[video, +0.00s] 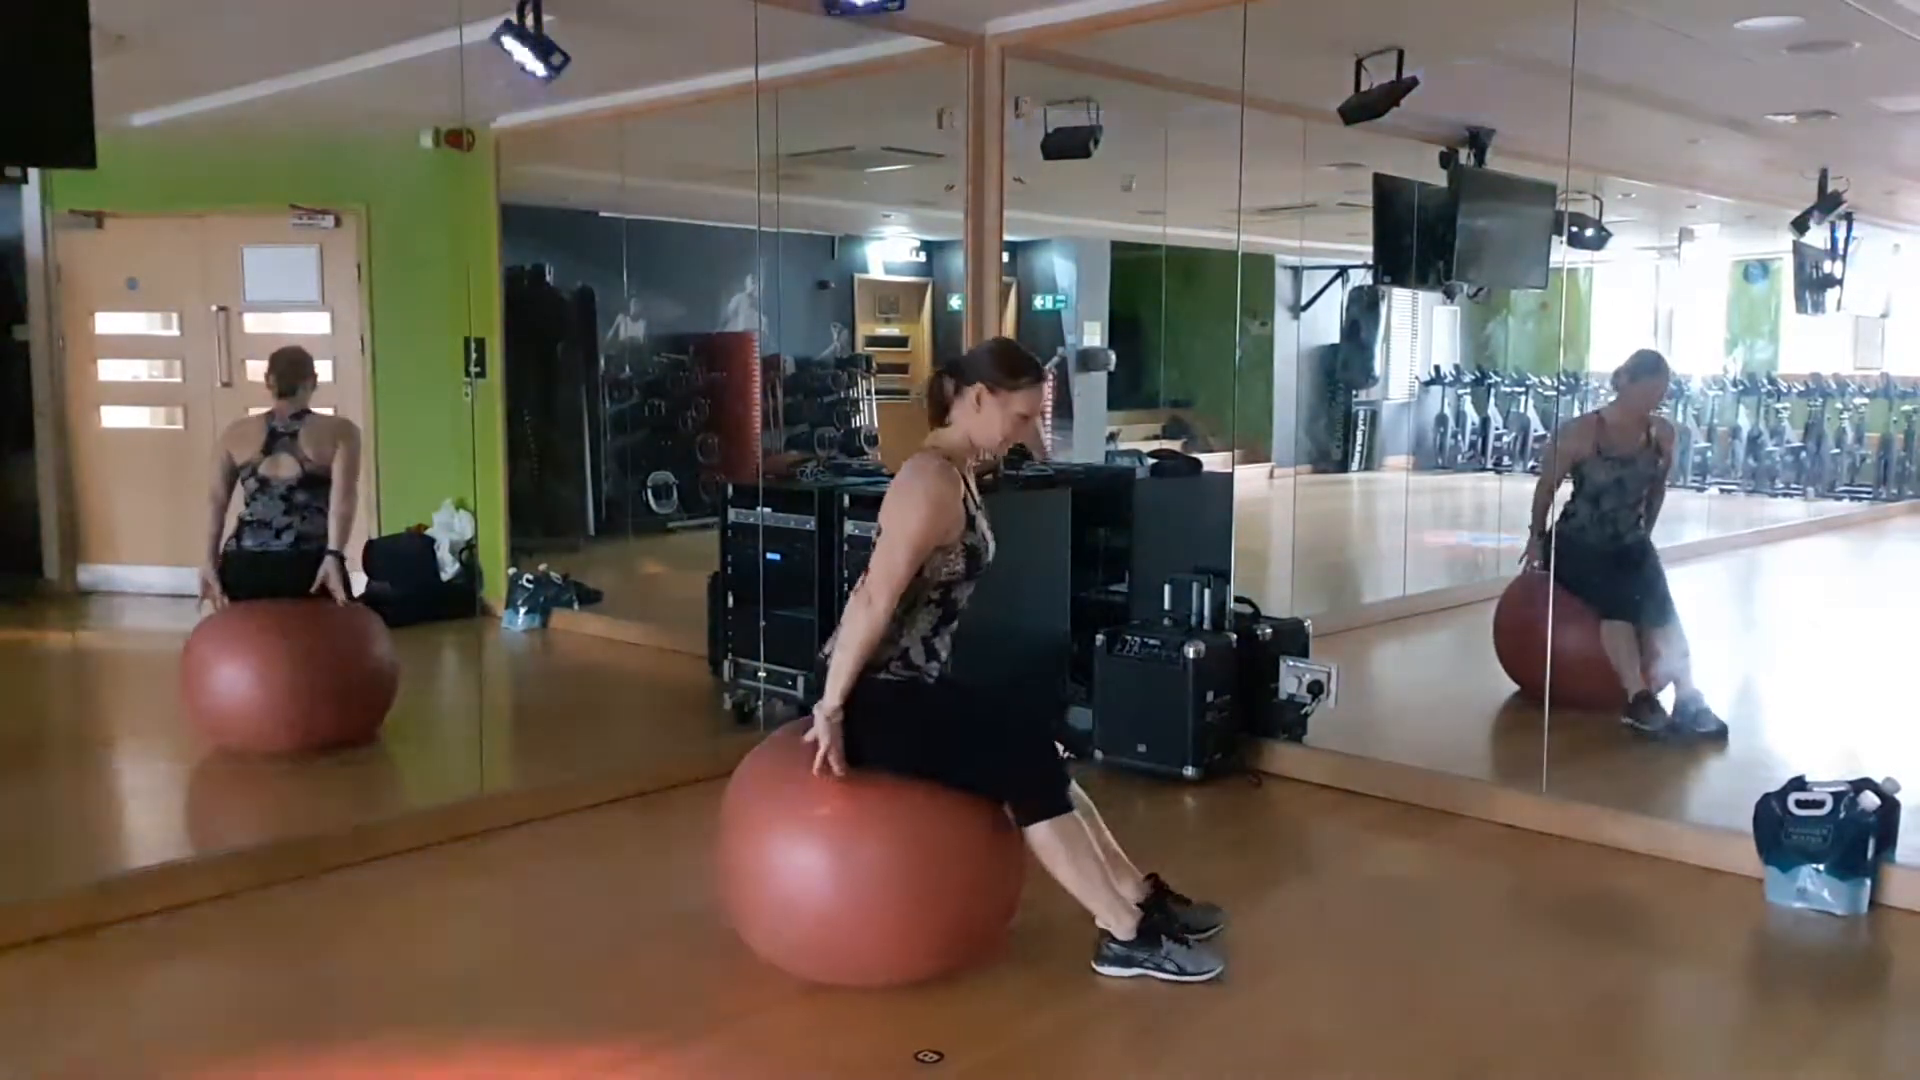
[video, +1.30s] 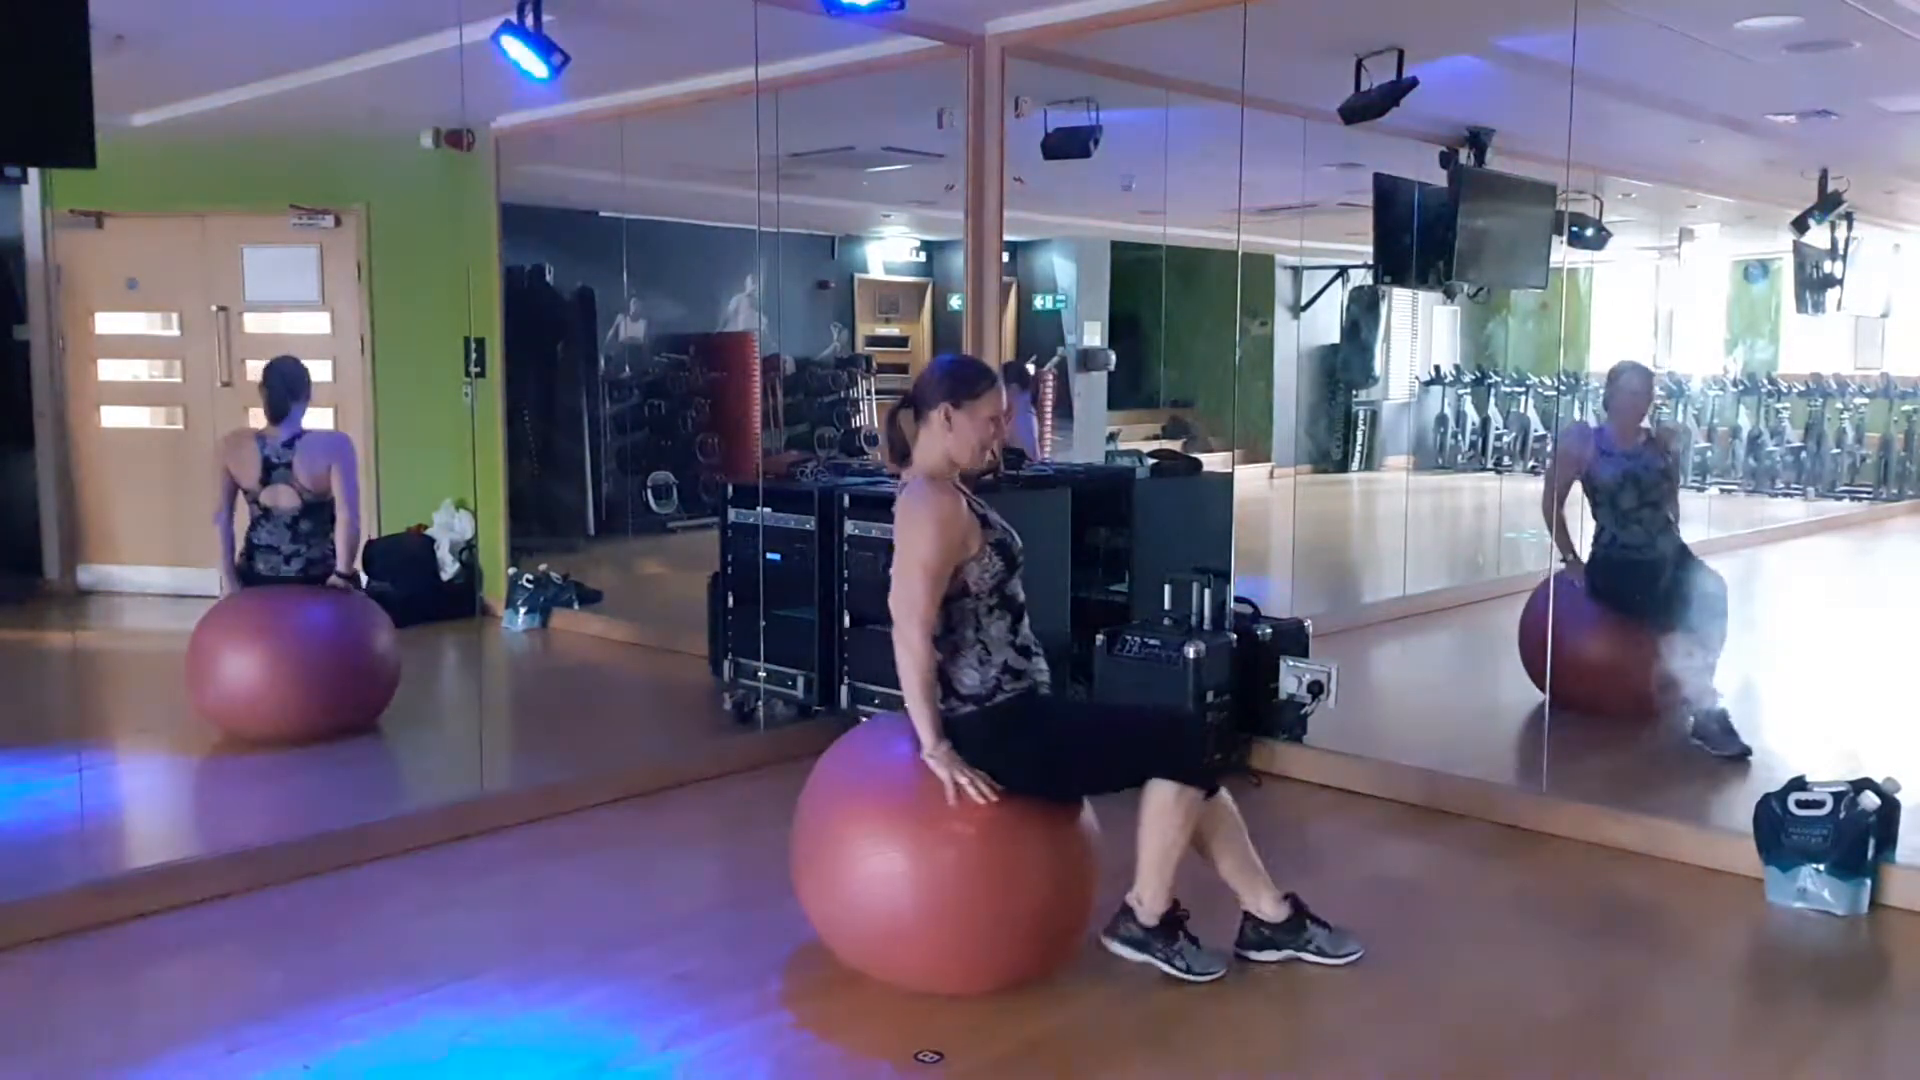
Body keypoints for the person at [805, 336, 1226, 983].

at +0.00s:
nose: (1024, 432)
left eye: (1029, 419)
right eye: (1020, 416)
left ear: (981, 401)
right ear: (976, 398)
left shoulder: (953, 477)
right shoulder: (930, 482)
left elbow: (889, 595)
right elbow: (874, 597)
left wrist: (836, 697)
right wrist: (832, 706)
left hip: (909, 690)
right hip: (877, 703)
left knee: (1039, 746)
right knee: (1025, 763)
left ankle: (1139, 898)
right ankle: (1121, 931)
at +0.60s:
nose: (1026, 437)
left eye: (1030, 422)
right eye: (1023, 419)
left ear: (980, 404)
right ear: (981, 404)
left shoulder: (952, 481)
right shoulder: (930, 492)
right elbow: (868, 604)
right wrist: (818, 707)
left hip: (912, 697)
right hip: (886, 712)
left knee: (1051, 740)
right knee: (1047, 757)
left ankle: (1117, 912)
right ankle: (1122, 929)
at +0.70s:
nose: (1016, 430)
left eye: (1020, 416)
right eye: (1011, 413)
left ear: (965, 403)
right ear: (968, 401)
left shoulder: (949, 477)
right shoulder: (923, 490)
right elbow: (867, 603)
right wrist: (830, 715)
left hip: (927, 700)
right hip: (895, 717)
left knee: (1077, 730)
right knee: (1069, 741)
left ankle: (1138, 908)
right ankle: (1121, 933)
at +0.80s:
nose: (1007, 428)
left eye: (1011, 412)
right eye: (1001, 410)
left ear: (958, 398)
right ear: (956, 396)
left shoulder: (940, 476)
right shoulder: (916, 486)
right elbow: (869, 609)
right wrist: (846, 720)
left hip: (944, 700)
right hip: (914, 715)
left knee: (1096, 735)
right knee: (1088, 745)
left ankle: (1177, 897)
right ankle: (1125, 935)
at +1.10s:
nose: (998, 425)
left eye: (1001, 410)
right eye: (991, 408)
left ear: (951, 403)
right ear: (946, 400)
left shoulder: (943, 483)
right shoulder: (923, 489)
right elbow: (893, 615)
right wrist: (899, 733)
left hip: (987, 704)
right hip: (960, 716)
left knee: (1146, 763)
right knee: (1144, 749)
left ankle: (1273, 891)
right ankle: (1133, 931)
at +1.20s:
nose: (998, 431)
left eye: (1000, 416)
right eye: (990, 414)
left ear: (950, 411)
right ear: (946, 408)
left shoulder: (946, 488)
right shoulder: (927, 497)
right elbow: (901, 622)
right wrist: (917, 739)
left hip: (1001, 710)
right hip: (977, 723)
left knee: (1168, 764)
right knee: (1163, 750)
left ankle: (1268, 915)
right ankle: (1137, 927)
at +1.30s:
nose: (999, 437)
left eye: (1000, 423)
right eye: (990, 422)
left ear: (951, 419)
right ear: (946, 416)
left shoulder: (948, 496)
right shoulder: (930, 506)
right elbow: (910, 628)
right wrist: (934, 743)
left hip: (1015, 713)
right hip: (993, 728)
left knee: (1187, 755)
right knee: (1177, 741)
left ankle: (1271, 914)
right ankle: (1147, 917)